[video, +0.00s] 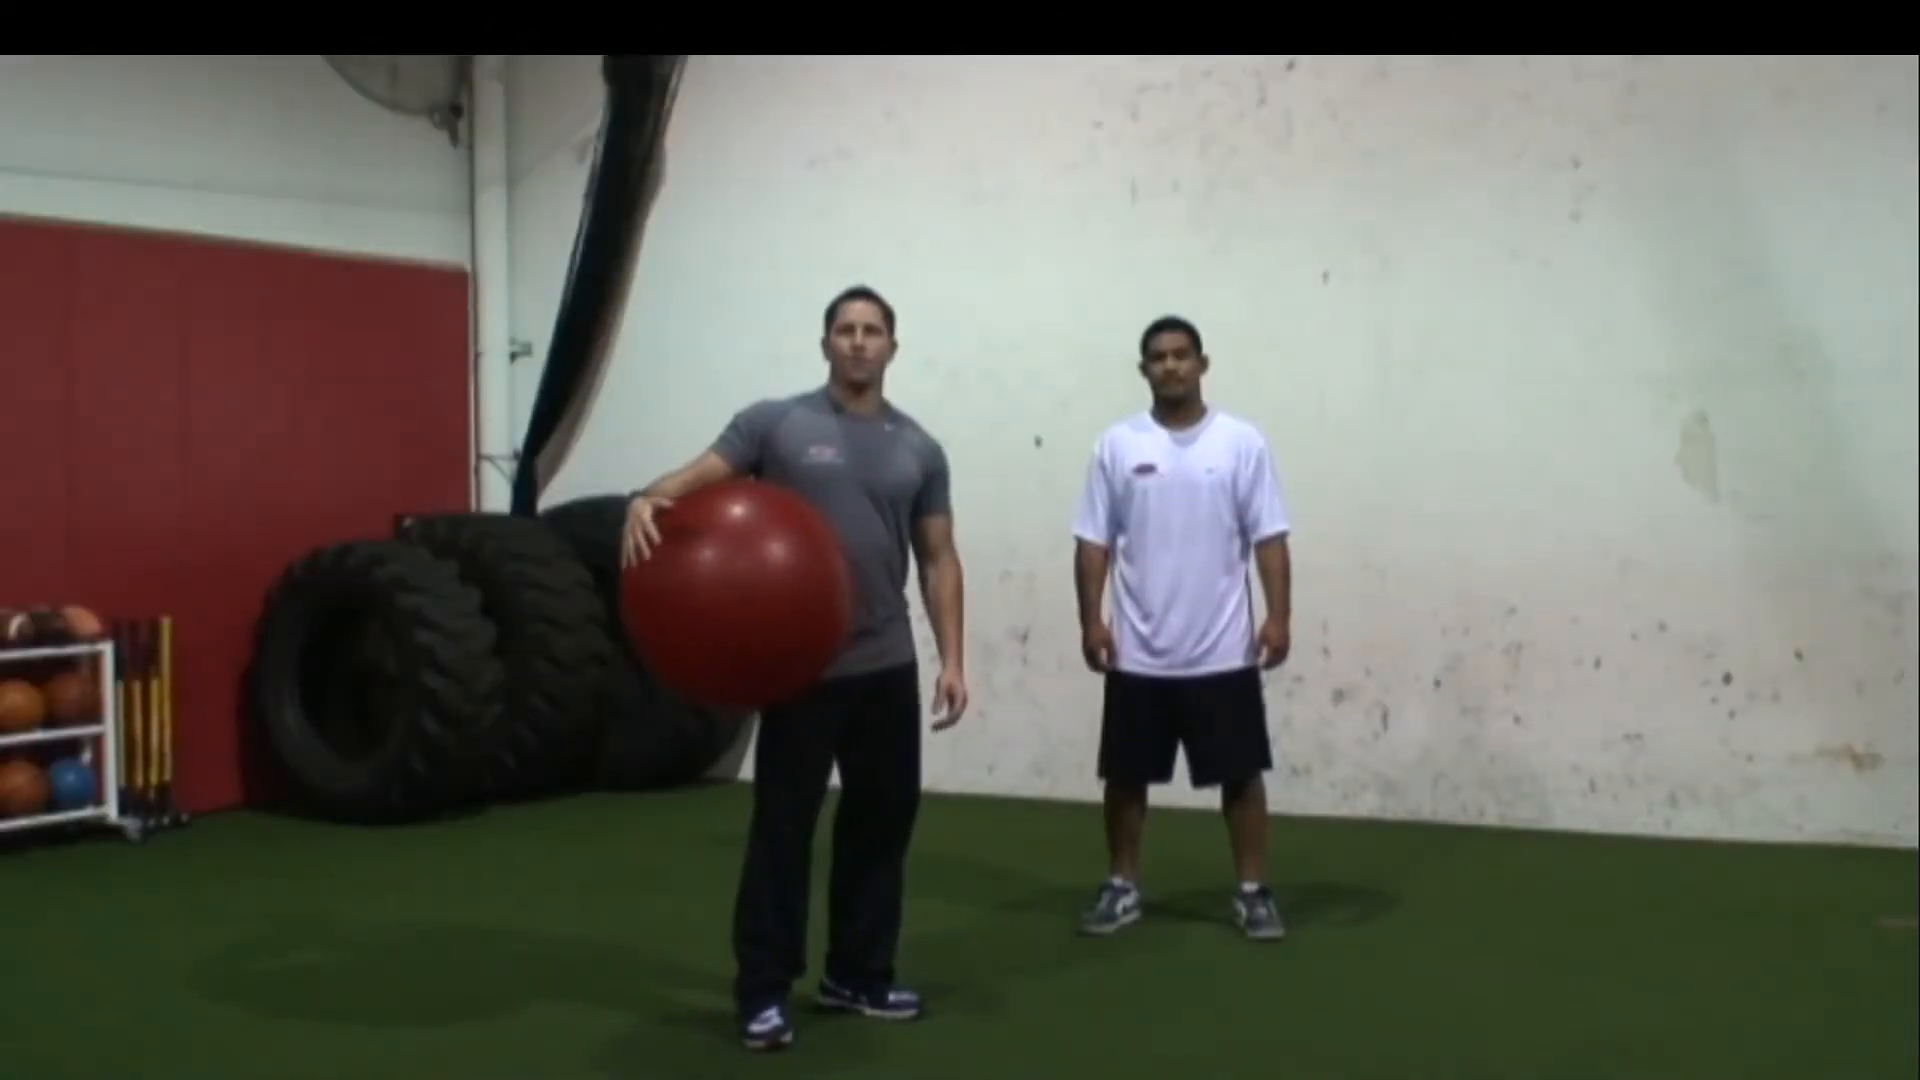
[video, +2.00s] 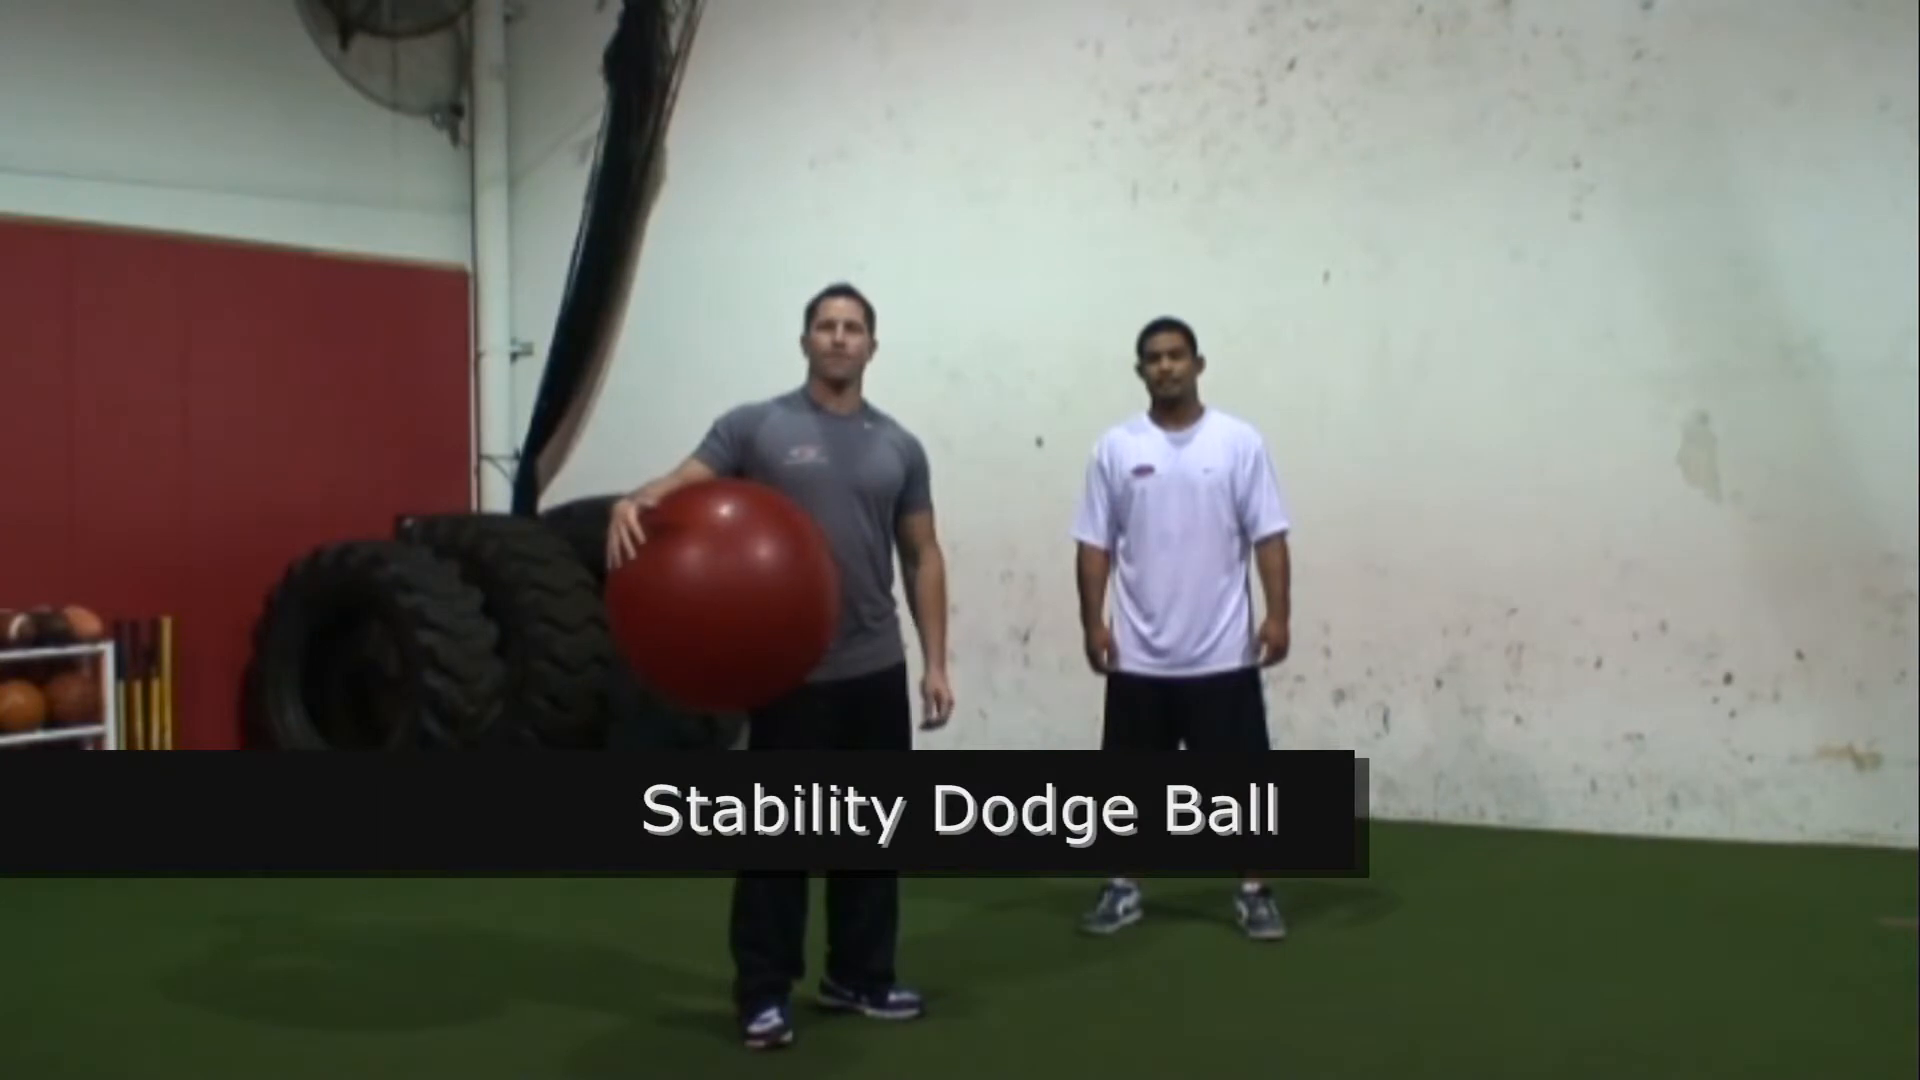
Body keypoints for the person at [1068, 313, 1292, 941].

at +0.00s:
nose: (1169, 366)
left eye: (1180, 355)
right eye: (1158, 358)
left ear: (1202, 364)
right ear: (1144, 370)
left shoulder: (1242, 443)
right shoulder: (1118, 445)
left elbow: (1269, 535)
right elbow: (1093, 537)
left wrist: (1278, 614)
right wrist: (1092, 619)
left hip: (1221, 645)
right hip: (1139, 645)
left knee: (1243, 778)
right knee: (1124, 777)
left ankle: (1252, 889)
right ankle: (1122, 884)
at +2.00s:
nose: (1166, 366)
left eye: (1176, 356)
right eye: (1154, 358)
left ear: (1198, 364)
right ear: (1140, 371)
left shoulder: (1240, 442)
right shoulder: (1117, 447)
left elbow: (1269, 534)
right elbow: (1094, 541)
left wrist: (1278, 613)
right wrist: (1093, 622)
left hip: (1222, 648)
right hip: (1140, 649)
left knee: (1242, 777)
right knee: (1124, 778)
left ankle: (1253, 887)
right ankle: (1123, 884)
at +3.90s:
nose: (1163, 366)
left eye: (1174, 356)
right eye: (1152, 359)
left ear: (1198, 364)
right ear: (1139, 371)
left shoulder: (1239, 441)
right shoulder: (1115, 447)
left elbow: (1270, 533)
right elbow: (1092, 539)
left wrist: (1276, 612)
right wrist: (1089, 621)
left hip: (1221, 645)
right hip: (1138, 647)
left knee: (1242, 777)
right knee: (1123, 778)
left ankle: (1254, 889)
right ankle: (1122, 884)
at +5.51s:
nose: (1163, 368)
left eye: (1174, 357)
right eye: (1152, 360)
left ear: (1197, 365)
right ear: (1138, 372)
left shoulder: (1239, 443)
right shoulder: (1116, 449)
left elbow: (1268, 535)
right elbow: (1094, 541)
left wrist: (1274, 616)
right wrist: (1091, 622)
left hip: (1220, 645)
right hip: (1138, 646)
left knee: (1242, 776)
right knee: (1123, 777)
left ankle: (1254, 889)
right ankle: (1122, 883)